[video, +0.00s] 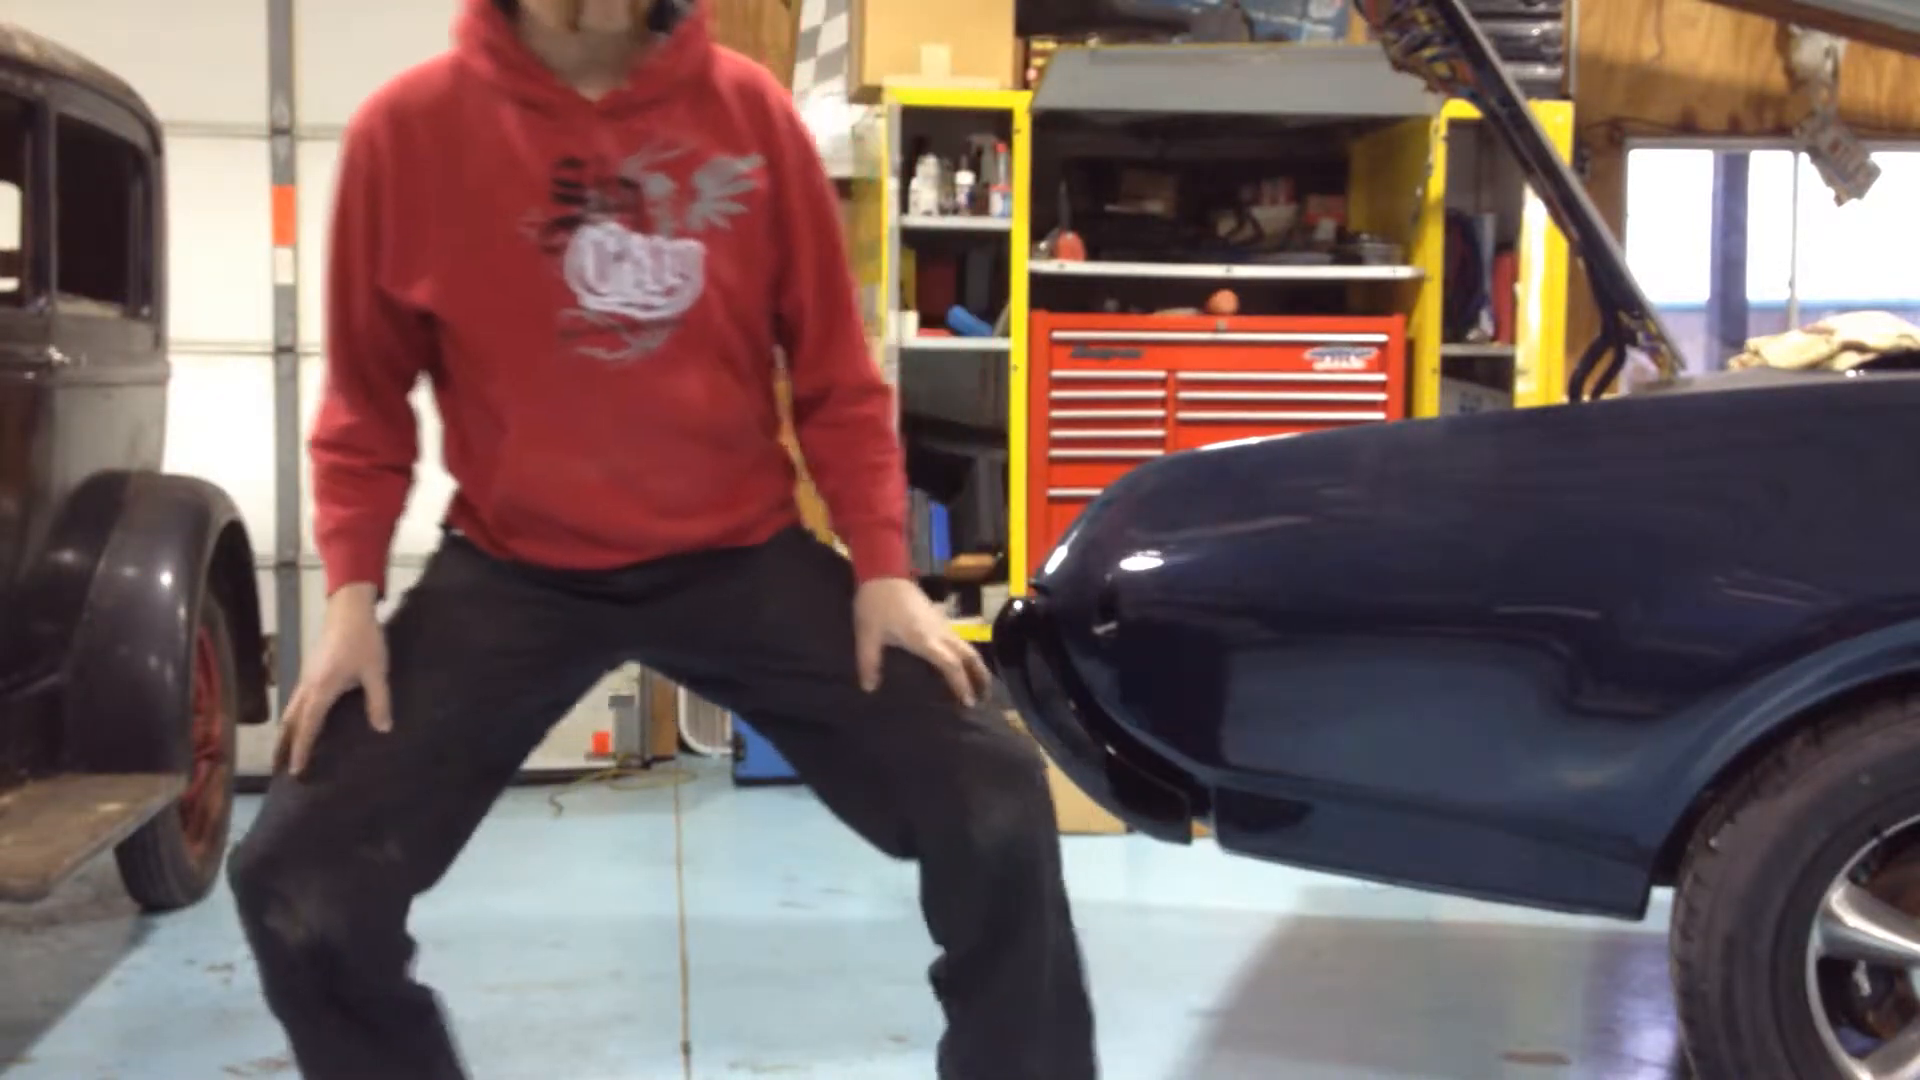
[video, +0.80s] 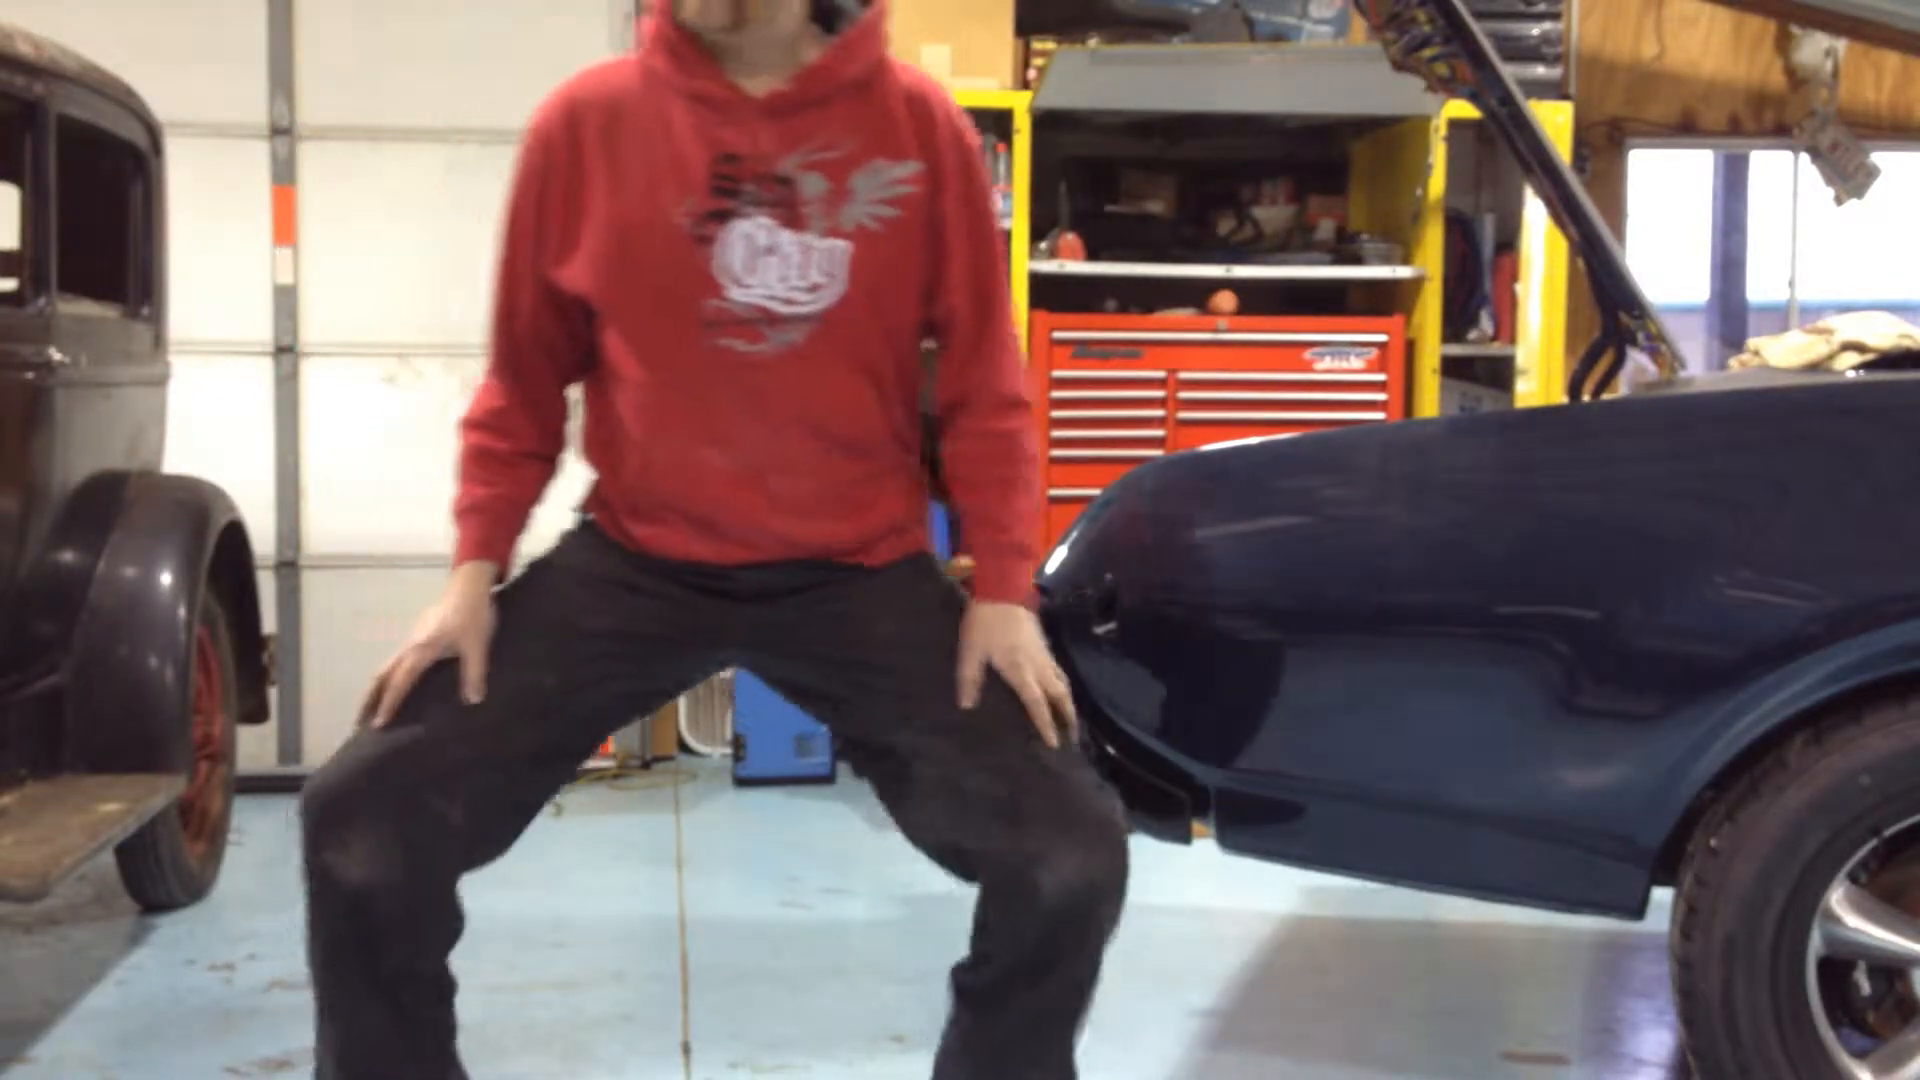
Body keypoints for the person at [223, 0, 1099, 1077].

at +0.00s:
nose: (631, 8)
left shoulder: (749, 113)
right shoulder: (408, 132)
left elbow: (834, 363)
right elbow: (364, 386)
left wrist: (884, 567)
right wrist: (351, 593)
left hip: (740, 561)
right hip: (514, 571)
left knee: (990, 792)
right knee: (302, 877)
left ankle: (1022, 1062)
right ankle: (404, 1067)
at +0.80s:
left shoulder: (920, 128)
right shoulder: (587, 123)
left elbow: (982, 375)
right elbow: (524, 370)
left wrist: (1004, 588)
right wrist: (474, 570)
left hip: (859, 579)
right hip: (634, 566)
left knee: (1068, 847)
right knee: (366, 816)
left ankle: (996, 1073)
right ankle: (395, 1072)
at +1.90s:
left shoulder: (760, 87)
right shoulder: (426, 65)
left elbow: (844, 320)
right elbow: (349, 302)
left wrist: (877, 541)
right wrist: (346, 532)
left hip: (705, 525)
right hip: (484, 535)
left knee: (931, 793)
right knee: (345, 895)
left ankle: (989, 1067)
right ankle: (418, 1070)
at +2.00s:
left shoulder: (713, 55)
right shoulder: (375, 41)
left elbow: (845, 254)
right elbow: (265, 272)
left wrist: (924, 465)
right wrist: (260, 497)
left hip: (651, 500)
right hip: (433, 513)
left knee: (876, 780)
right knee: (351, 896)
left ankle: (893, 1067)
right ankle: (413, 1073)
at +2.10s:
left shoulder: (687, 36)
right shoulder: (342, 25)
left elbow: (837, 193)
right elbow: (258, 259)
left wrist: (1008, 354)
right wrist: (215, 489)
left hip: (607, 484)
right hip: (404, 487)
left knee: (789, 762)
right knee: (380, 905)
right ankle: (351, 1029)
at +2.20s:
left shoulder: (663, 32)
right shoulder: (316, 28)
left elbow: (825, 149)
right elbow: (240, 254)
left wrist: (1026, 267)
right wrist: (235, 485)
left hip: (586, 473)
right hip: (383, 479)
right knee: (375, 880)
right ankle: (295, 1059)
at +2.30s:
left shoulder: (649, 39)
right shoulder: (300, 28)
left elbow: (778, 202)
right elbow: (215, 246)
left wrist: (961, 310)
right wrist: (261, 452)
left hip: (584, 463)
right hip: (383, 480)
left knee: (815, 658)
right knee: (374, 861)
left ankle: (564, 925)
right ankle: (309, 1064)